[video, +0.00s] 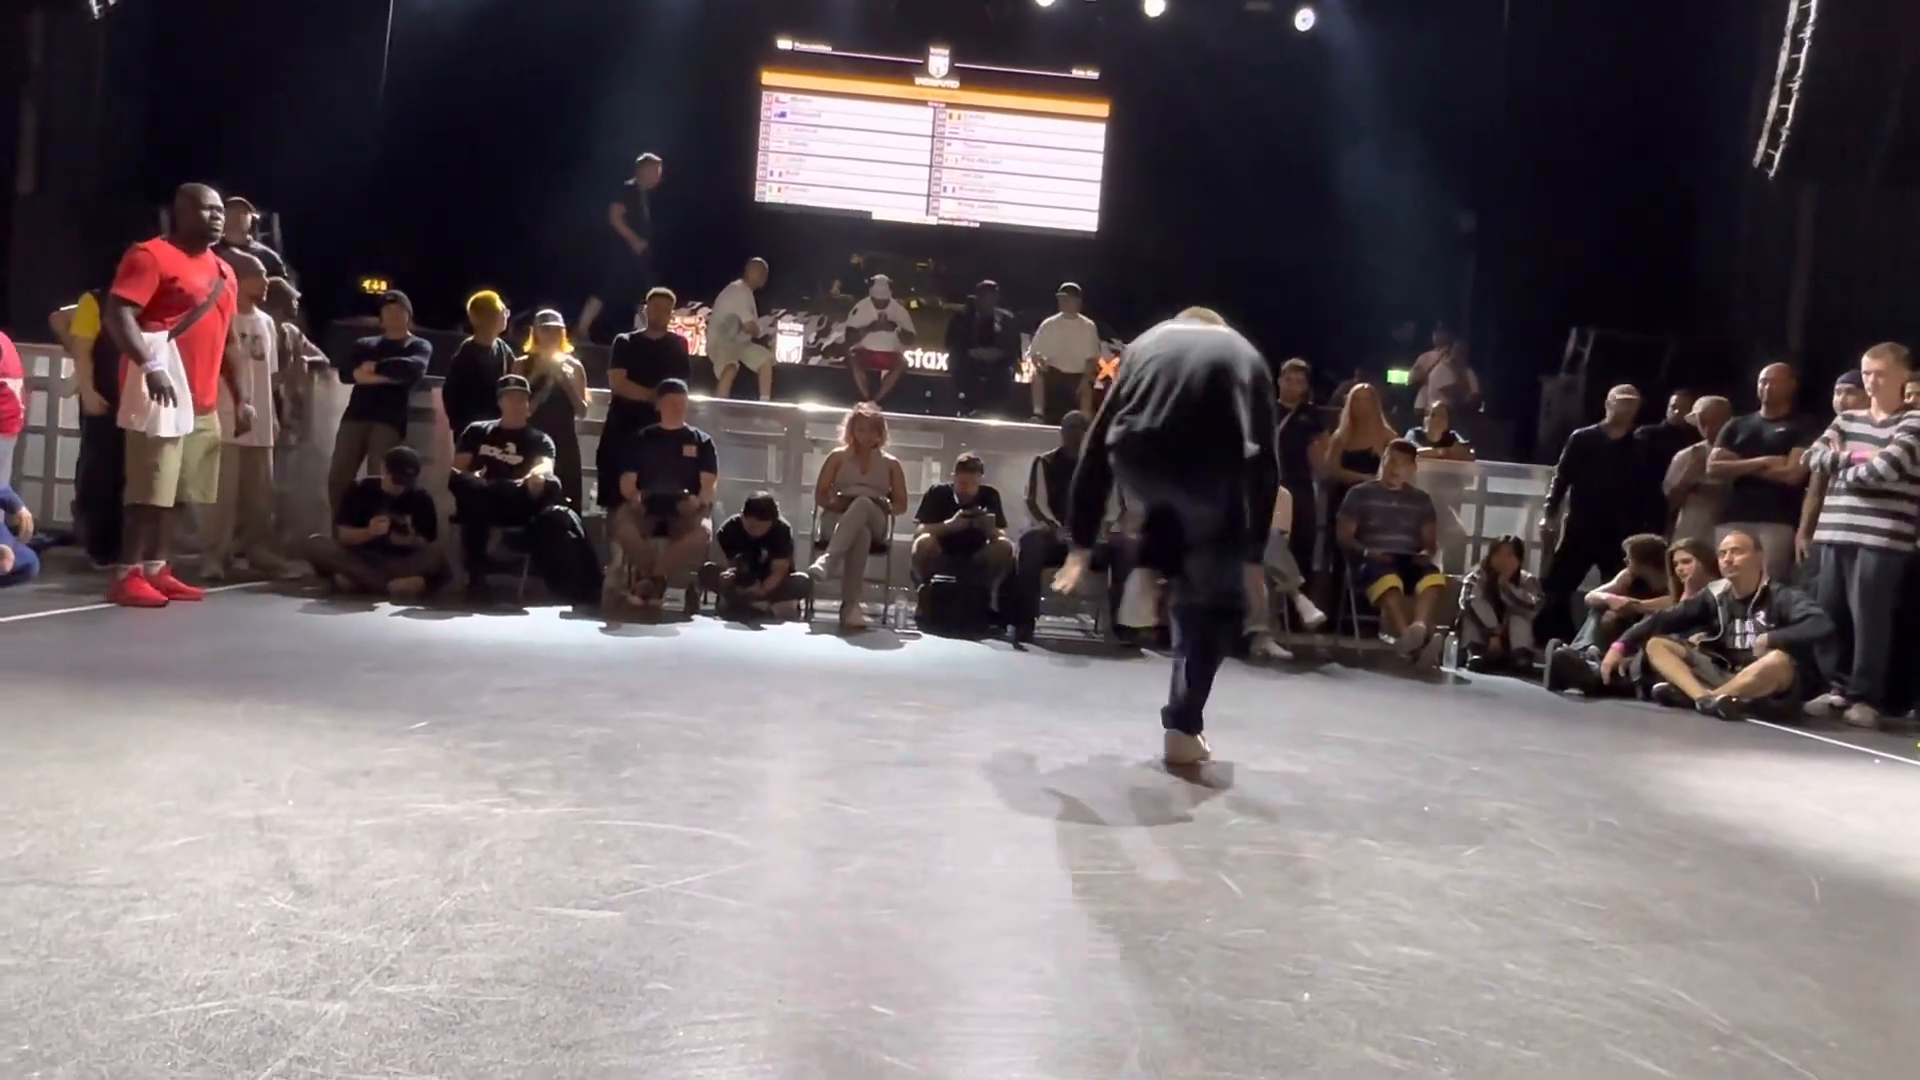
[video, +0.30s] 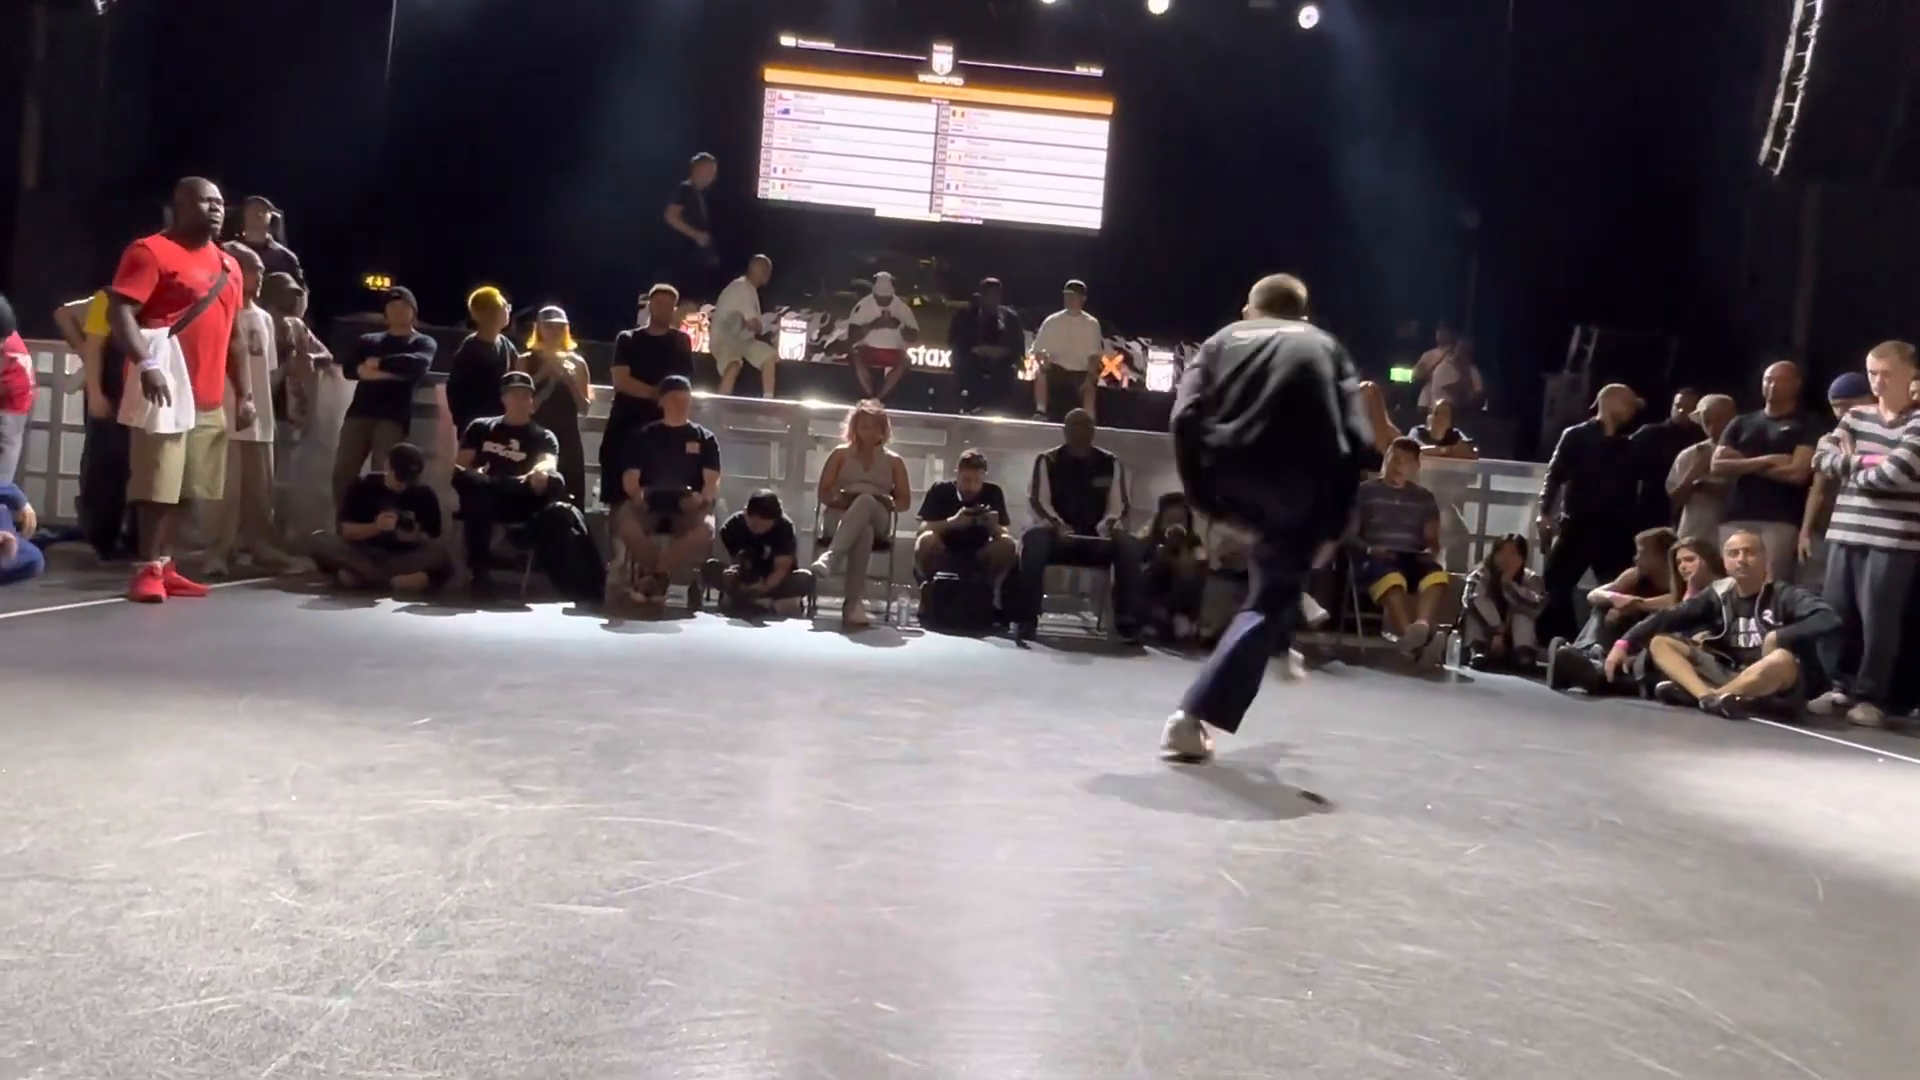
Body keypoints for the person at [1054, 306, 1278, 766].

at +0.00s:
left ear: (1175, 321)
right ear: (1223, 328)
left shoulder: (1142, 345)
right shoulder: (1247, 355)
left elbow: (1096, 447)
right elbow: (1264, 459)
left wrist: (1079, 547)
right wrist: (1254, 555)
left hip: (1137, 454)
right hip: (1211, 465)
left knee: (1166, 514)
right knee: (1214, 599)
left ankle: (1152, 582)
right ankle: (1183, 730)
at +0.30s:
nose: (1243, 316)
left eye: (1246, 309)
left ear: (1247, 312)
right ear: (1303, 315)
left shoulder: (1218, 342)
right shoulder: (1325, 347)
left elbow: (1184, 418)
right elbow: (1360, 441)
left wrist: (1202, 498)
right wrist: (1335, 513)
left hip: (1229, 483)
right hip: (1297, 485)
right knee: (1264, 606)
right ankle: (1192, 715)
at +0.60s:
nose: (1302, 313)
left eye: (1304, 305)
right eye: (1305, 305)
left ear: (1312, 307)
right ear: (1363, 314)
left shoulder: (1273, 362)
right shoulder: (1386, 360)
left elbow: (1221, 454)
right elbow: (1453, 447)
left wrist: (1215, 520)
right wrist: (1459, 533)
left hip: (1299, 513)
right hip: (1368, 513)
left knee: (1342, 623)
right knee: (1390, 609)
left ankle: (1386, 734)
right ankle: (1325, 699)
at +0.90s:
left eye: (1334, 244)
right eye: (1393, 258)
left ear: (1334, 246)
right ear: (1391, 261)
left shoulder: (1287, 302)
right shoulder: (1384, 313)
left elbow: (1267, 391)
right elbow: (1424, 412)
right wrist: (1435, 475)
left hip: (1248, 465)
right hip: (1320, 474)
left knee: (1281, 608)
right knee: (1361, 588)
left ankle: (1205, 687)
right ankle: (1348, 730)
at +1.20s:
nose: (1384, 260)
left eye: (1383, 252)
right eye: (1429, 280)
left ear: (1381, 253)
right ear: (1433, 275)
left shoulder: (1338, 281)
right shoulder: (1400, 290)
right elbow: (1393, 335)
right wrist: (1403, 411)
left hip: (1267, 446)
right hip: (1331, 459)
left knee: (1268, 577)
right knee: (1340, 593)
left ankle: (1204, 664)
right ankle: (1311, 713)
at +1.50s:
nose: (1470, 306)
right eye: (1476, 296)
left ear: (1421, 275)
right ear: (1478, 295)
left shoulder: (1354, 320)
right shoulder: (1459, 342)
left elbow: (1267, 367)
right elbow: (1497, 441)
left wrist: (1194, 424)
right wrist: (1493, 426)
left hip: (1330, 491)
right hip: (1372, 499)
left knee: (1437, 620)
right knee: (1380, 633)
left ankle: (1395, 739)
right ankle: (1270, 689)